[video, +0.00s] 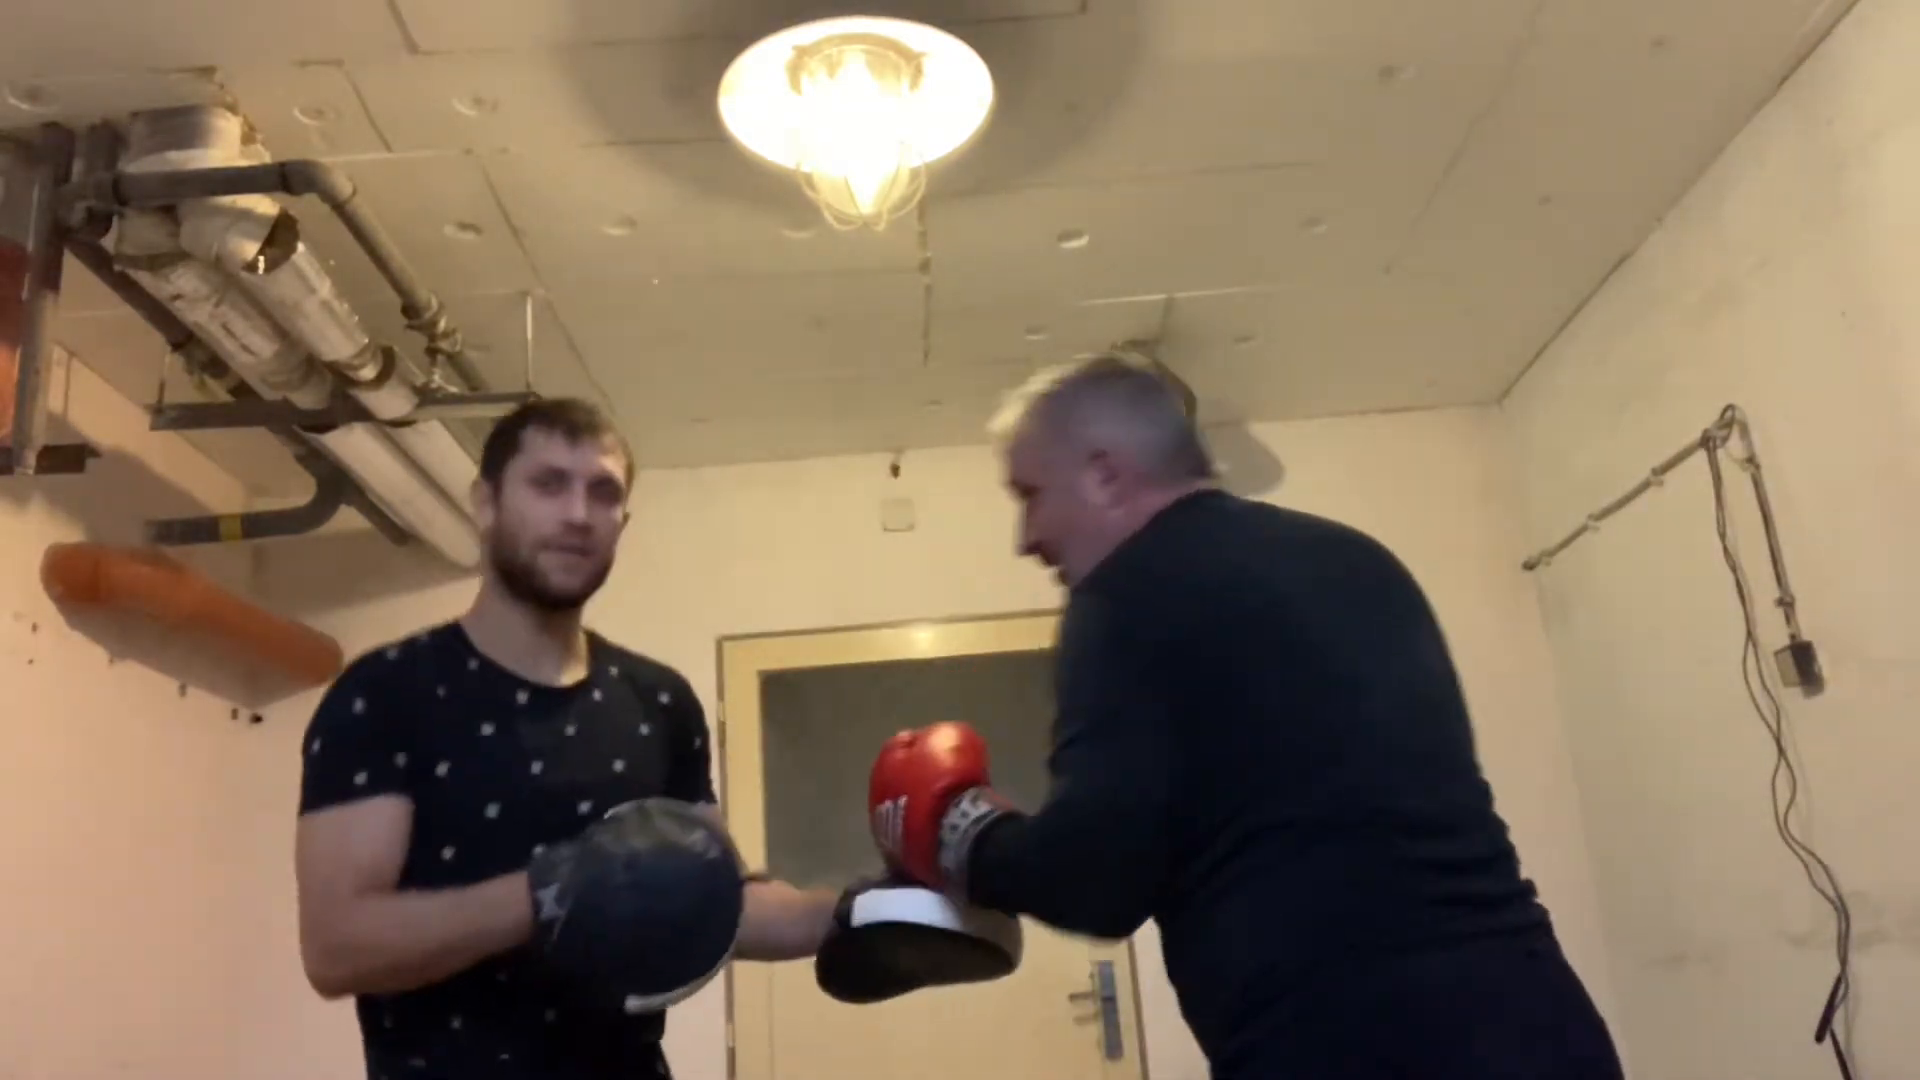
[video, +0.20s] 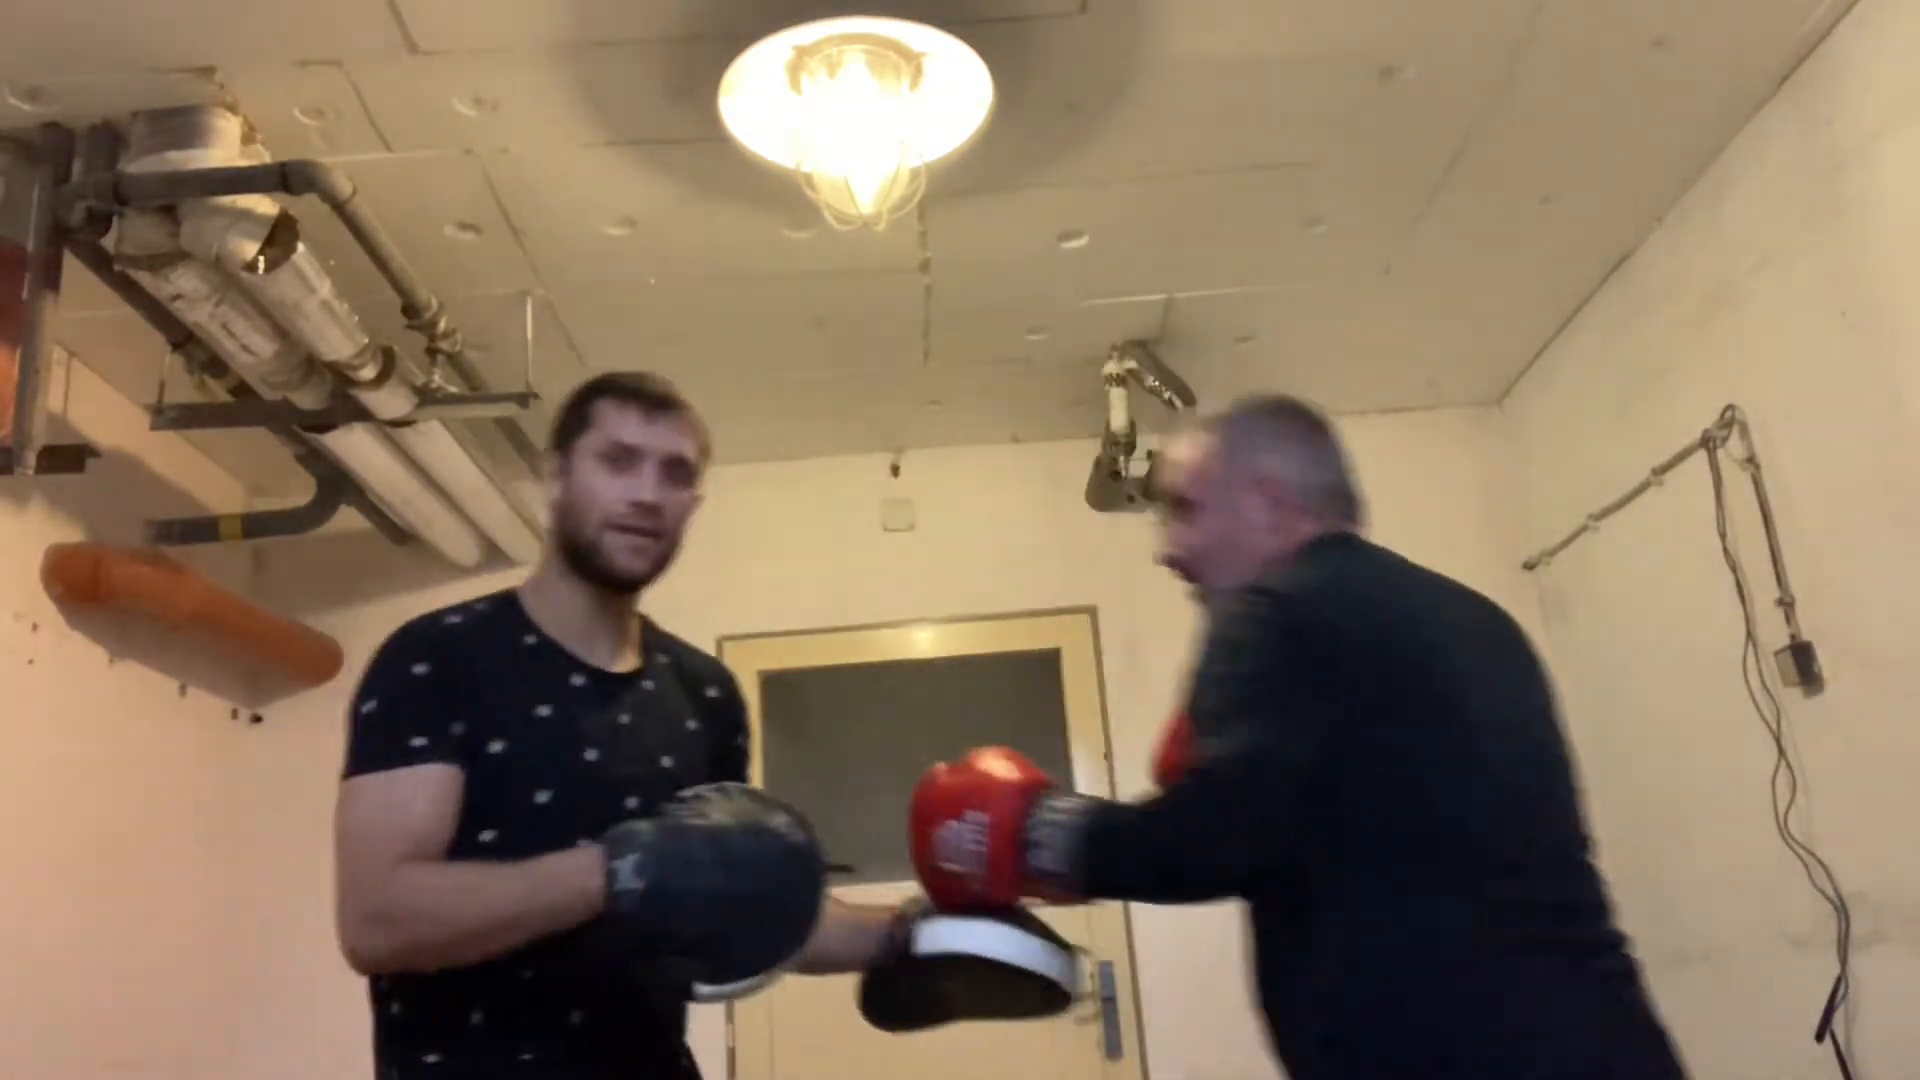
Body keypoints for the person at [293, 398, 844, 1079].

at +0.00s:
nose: (580, 513)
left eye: (603, 493)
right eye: (549, 483)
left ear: (622, 525)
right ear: (485, 503)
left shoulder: (661, 705)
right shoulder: (386, 697)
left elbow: (705, 897)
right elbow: (339, 946)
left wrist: (856, 912)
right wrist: (554, 891)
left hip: (621, 1059)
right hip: (446, 1063)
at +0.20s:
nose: (648, 494)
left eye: (675, 475)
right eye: (618, 461)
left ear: (695, 505)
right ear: (556, 476)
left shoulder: (704, 696)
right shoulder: (435, 663)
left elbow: (727, 909)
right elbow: (378, 920)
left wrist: (901, 936)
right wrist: (622, 870)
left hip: (646, 1059)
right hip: (463, 1059)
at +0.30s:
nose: (707, 494)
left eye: (733, 476)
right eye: (678, 462)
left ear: (751, 504)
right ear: (611, 472)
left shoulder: (747, 704)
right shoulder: (484, 655)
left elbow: (774, 913)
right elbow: (413, 911)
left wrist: (958, 939)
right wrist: (670, 873)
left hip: (669, 1063)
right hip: (486, 1062)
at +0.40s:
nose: (766, 488)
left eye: (794, 469)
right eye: (738, 452)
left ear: (806, 501)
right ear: (672, 461)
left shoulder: (792, 705)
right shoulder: (533, 634)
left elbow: (808, 919)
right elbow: (451, 893)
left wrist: (1005, 927)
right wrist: (700, 882)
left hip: (690, 1060)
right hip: (512, 1059)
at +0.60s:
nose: (831, 487)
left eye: (858, 470)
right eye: (805, 449)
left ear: (872, 499)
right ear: (731, 454)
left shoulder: (836, 708)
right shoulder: (596, 611)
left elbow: (863, 918)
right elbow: (510, 871)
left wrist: (1083, 888)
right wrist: (794, 887)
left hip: (712, 1061)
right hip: (537, 1054)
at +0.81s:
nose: (817, 481)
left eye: (845, 462)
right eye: (790, 441)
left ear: (856, 491)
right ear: (718, 447)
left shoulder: (812, 702)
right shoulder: (584, 604)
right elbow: (543, 878)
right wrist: (828, 864)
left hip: (697, 1057)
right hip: (527, 1055)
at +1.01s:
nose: (740, 482)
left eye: (759, 463)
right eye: (709, 440)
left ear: (765, 485)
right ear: (619, 443)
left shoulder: (700, 696)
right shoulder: (497, 608)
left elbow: (734, 946)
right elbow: (511, 885)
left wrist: (855, 879)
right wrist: (808, 831)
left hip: (632, 1060)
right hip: (470, 1059)